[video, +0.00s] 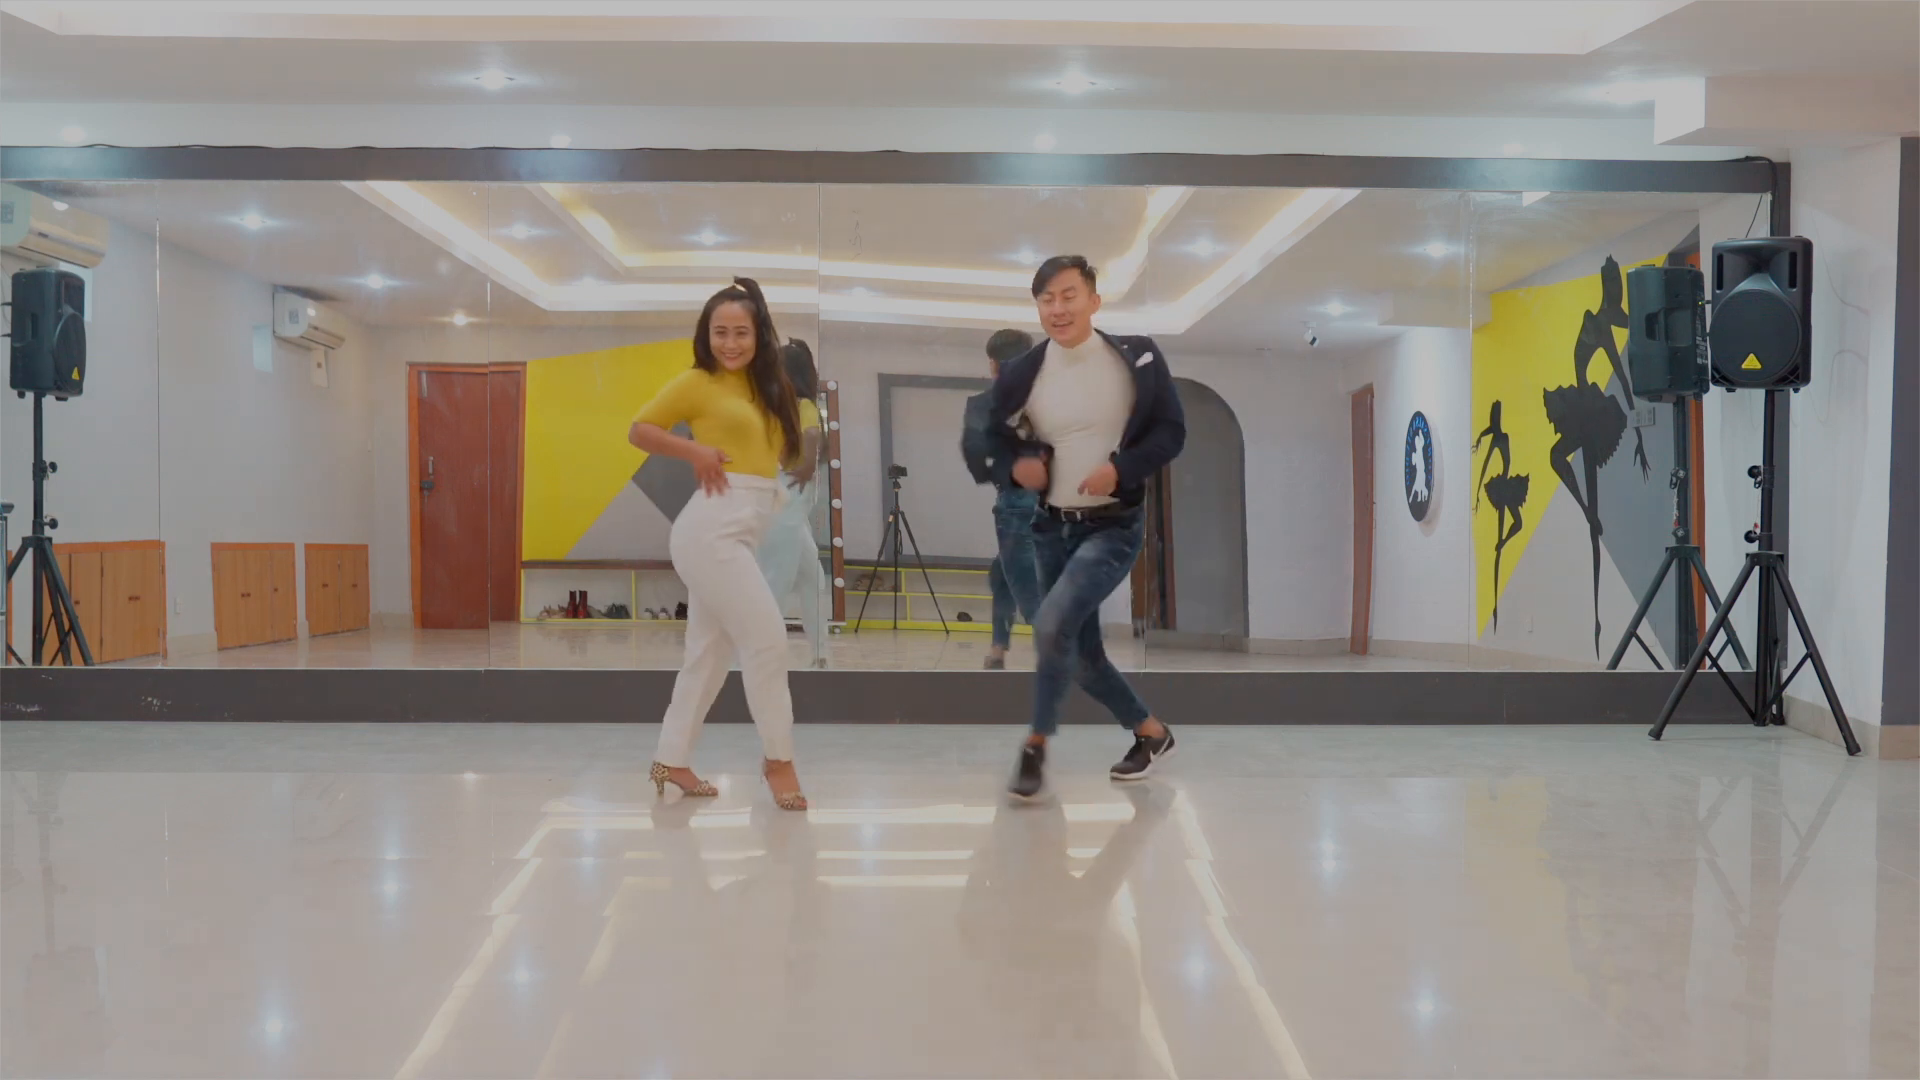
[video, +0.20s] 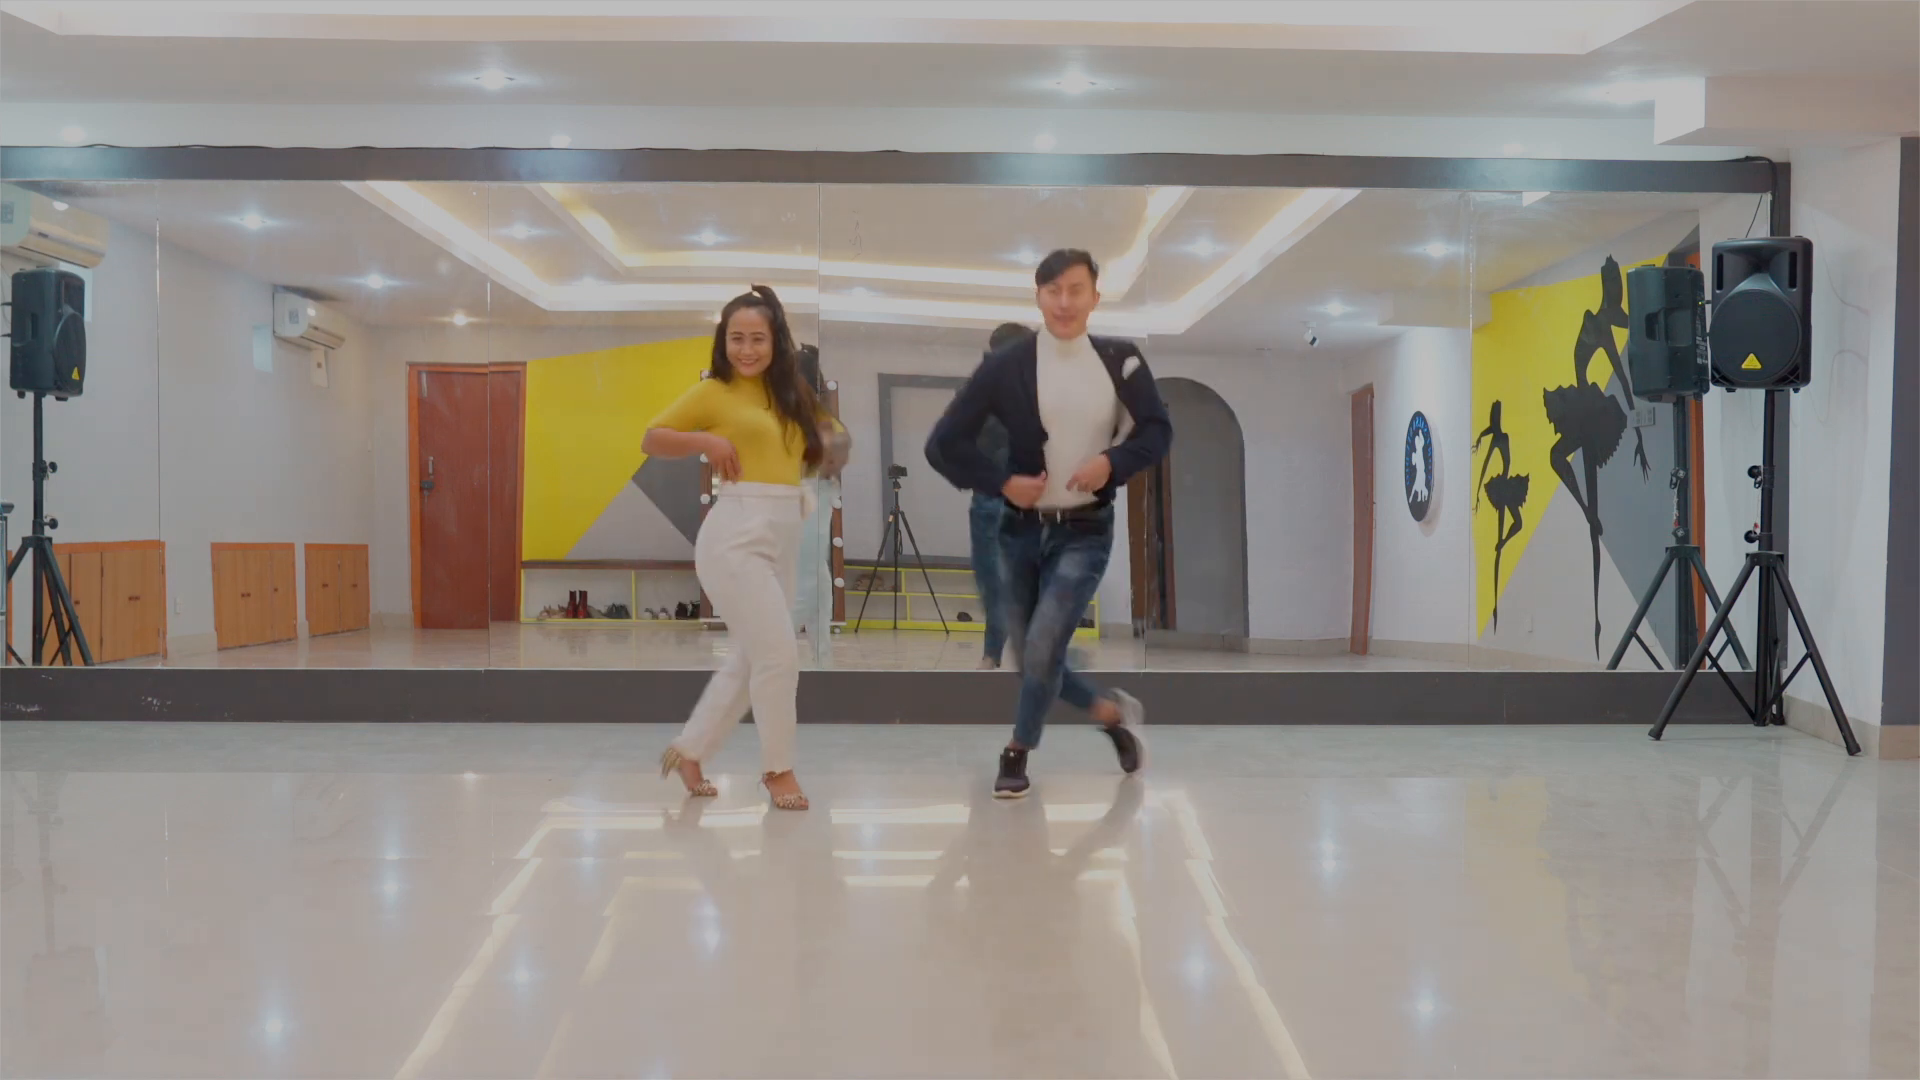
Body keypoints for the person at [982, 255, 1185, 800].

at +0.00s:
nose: (1058, 308)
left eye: (1069, 295)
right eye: (1047, 300)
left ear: (1094, 301)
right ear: (1037, 310)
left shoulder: (1137, 356)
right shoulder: (1024, 370)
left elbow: (1170, 433)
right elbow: (986, 439)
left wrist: (1121, 468)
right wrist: (1014, 462)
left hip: (1112, 523)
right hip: (1051, 527)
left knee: (1053, 620)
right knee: (1084, 656)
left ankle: (1034, 747)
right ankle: (1151, 731)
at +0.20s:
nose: (1064, 301)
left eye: (1076, 290)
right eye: (1054, 290)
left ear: (1095, 297)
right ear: (1039, 296)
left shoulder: (1121, 361)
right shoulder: (1007, 364)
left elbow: (1158, 432)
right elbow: (942, 444)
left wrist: (1112, 462)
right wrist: (1002, 482)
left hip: (1085, 530)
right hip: (1022, 528)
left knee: (1043, 646)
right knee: (1033, 656)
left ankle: (1017, 751)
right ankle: (1111, 710)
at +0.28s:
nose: (1061, 283)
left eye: (1073, 273)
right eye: (1051, 272)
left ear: (1091, 280)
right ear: (1034, 278)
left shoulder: (1115, 341)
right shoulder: (1003, 339)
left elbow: (1143, 418)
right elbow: (939, 414)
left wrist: (1104, 468)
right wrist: (989, 467)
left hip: (1082, 507)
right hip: (1013, 504)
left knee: (1054, 635)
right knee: (995, 631)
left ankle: (1016, 749)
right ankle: (1051, 688)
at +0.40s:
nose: (1063, 257)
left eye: (1074, 247)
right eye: (1052, 246)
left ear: (1089, 257)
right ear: (1031, 253)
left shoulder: (1114, 325)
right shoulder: (997, 315)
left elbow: (1144, 396)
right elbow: (948, 387)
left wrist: (1114, 454)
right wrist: (996, 423)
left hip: (1068, 481)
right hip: (1002, 463)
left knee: (1042, 627)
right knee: (1034, 527)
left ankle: (989, 736)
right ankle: (992, 593)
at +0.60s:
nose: (1064, 263)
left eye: (1075, 252)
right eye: (1053, 251)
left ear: (1092, 261)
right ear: (1034, 259)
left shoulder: (1112, 328)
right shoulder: (1000, 322)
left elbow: (1135, 403)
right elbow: (950, 397)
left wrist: (1120, 437)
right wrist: (1015, 438)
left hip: (1058, 486)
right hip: (993, 470)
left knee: (1023, 616)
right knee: (1045, 535)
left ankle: (961, 741)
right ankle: (1012, 663)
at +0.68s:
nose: (1069, 267)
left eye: (1080, 258)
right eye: (1058, 255)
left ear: (1092, 266)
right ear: (1034, 261)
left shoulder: (1110, 335)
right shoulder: (997, 323)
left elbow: (1124, 408)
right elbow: (963, 388)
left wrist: (1124, 454)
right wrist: (1036, 419)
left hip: (1065, 495)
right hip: (1004, 488)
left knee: (1019, 636)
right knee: (1054, 592)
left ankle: (954, 744)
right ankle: (1064, 729)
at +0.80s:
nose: (1084, 295)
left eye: (1090, 284)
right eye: (1071, 283)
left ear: (1096, 288)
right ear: (1040, 285)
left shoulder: (1102, 359)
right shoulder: (1005, 348)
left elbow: (1112, 430)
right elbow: (944, 425)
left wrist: (1131, 472)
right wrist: (1025, 431)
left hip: (1079, 523)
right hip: (1017, 519)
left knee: (1081, 654)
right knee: (1056, 646)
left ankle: (980, 732)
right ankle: (1075, 760)